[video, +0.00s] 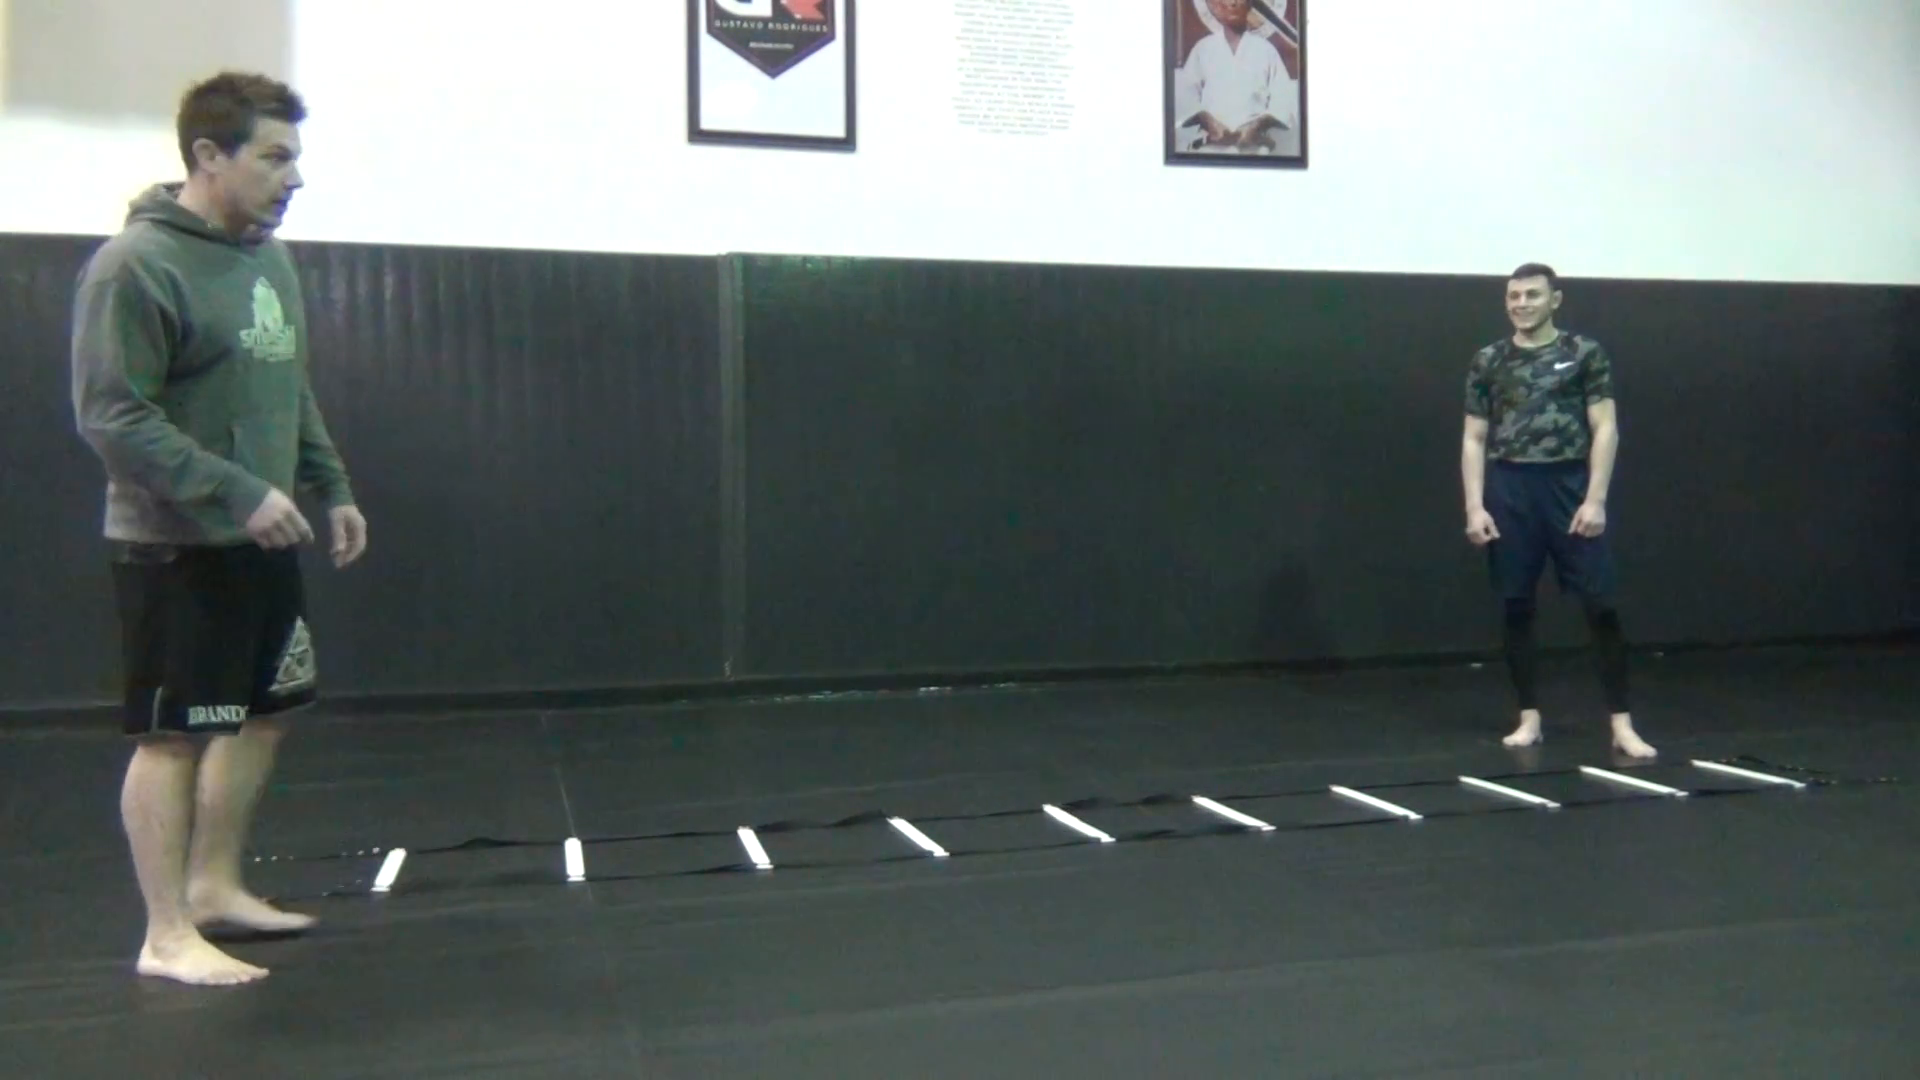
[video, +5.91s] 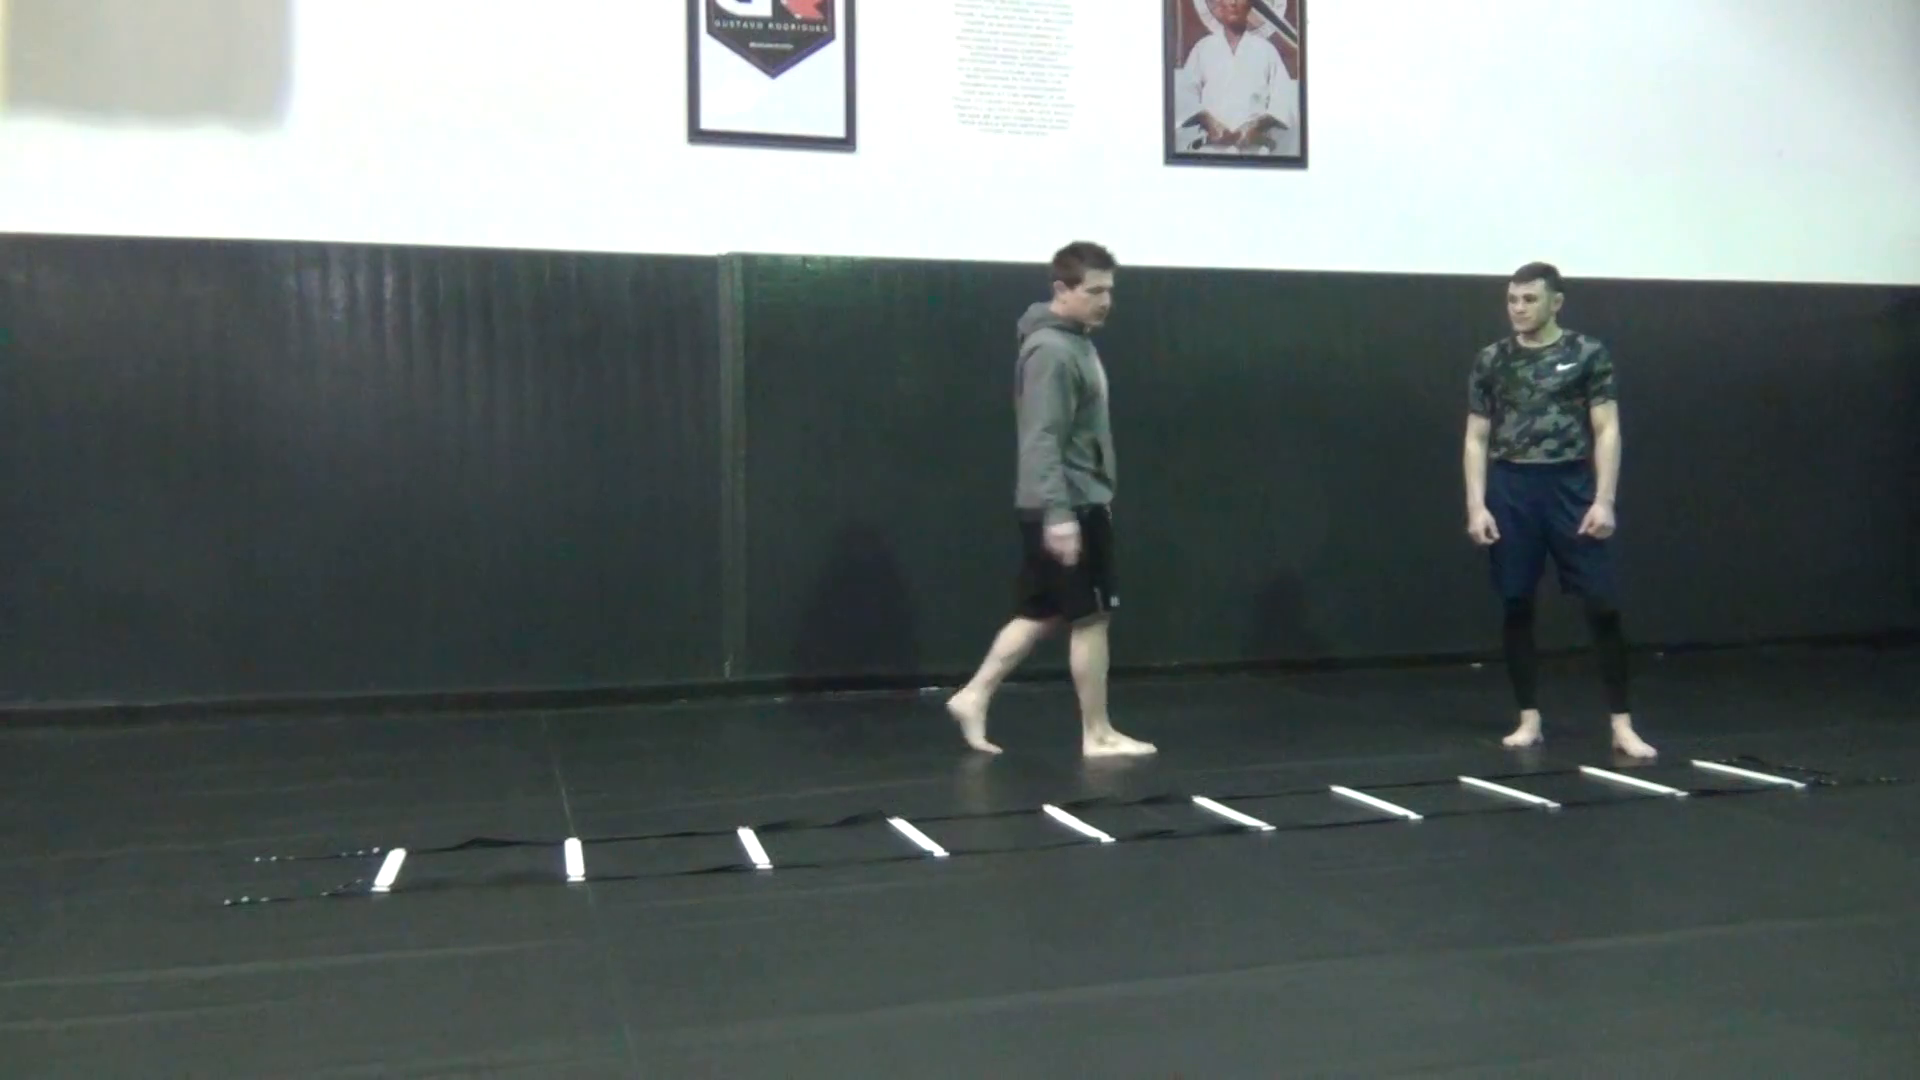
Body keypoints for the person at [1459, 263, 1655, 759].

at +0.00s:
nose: (1521, 304)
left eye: (1532, 295)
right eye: (1514, 296)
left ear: (1555, 300)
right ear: (1506, 303)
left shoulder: (1586, 354)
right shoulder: (1488, 361)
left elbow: (1605, 428)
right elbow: (1474, 438)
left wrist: (1595, 499)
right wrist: (1474, 506)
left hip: (1571, 490)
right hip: (1509, 491)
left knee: (1601, 603)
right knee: (1516, 605)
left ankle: (1621, 722)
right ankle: (1528, 716)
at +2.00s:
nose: (1514, 304)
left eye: (1525, 296)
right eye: (1508, 297)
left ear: (1551, 300)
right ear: (1502, 304)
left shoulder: (1585, 354)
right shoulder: (1488, 361)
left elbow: (1604, 429)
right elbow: (1475, 439)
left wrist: (1595, 500)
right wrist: (1475, 507)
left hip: (1570, 490)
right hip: (1510, 491)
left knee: (1600, 604)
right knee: (1515, 605)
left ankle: (1621, 724)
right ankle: (1528, 718)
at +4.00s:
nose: (1509, 303)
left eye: (1520, 295)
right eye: (1504, 296)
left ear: (1549, 300)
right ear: (1501, 304)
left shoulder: (1585, 353)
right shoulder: (1488, 360)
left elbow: (1603, 429)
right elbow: (1474, 437)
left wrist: (1600, 499)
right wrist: (1475, 503)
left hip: (1570, 489)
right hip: (1509, 491)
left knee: (1600, 603)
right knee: (1515, 605)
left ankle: (1620, 723)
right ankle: (1528, 718)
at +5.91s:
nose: (1518, 308)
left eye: (1529, 300)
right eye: (1512, 300)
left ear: (1555, 302)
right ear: (1507, 304)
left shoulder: (1589, 353)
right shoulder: (1491, 360)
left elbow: (1606, 429)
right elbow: (1476, 437)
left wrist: (1605, 499)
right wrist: (1476, 505)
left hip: (1572, 490)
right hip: (1510, 491)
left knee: (1602, 603)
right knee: (1516, 604)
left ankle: (1621, 724)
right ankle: (1528, 718)